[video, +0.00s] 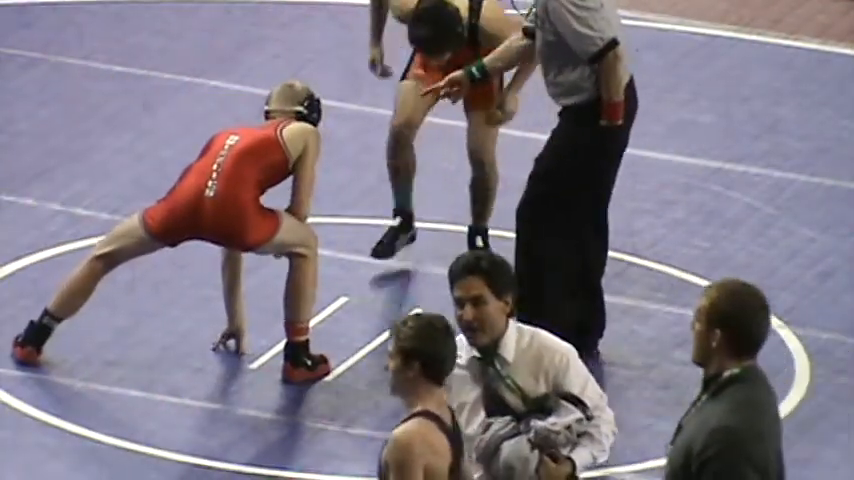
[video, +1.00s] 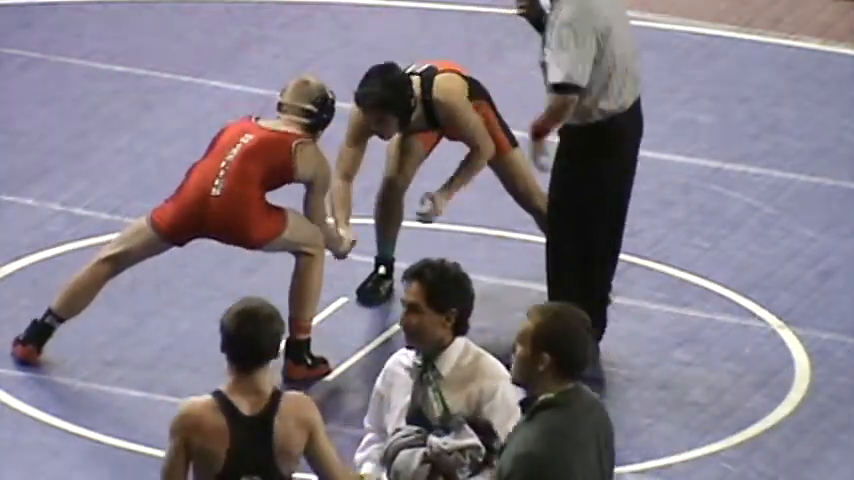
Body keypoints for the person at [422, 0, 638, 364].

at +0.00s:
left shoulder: (567, 4)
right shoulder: (548, 6)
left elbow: (611, 54)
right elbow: (527, 39)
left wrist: (612, 119)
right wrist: (472, 73)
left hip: (592, 111)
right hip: (594, 107)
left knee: (536, 214)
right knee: (577, 218)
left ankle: (537, 333)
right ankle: (579, 336)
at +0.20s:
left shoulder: (570, 6)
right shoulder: (550, 6)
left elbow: (614, 59)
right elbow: (528, 43)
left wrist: (615, 127)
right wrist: (471, 82)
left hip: (601, 116)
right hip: (586, 113)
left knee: (578, 230)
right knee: (568, 226)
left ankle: (576, 348)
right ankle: (565, 332)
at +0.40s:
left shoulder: (569, 8)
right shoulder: (552, 7)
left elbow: (614, 67)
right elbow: (530, 48)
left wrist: (616, 135)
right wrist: (474, 90)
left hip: (601, 123)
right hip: (587, 117)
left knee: (578, 233)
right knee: (569, 227)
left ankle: (574, 351)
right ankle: (569, 328)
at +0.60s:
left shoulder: (568, 13)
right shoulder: (557, 10)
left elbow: (618, 70)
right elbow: (541, 56)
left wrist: (612, 138)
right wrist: (483, 82)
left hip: (600, 130)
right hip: (584, 125)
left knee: (581, 235)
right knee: (564, 226)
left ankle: (568, 351)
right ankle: (564, 324)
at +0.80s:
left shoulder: (560, 17)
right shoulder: (569, 5)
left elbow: (614, 61)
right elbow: (555, 50)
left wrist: (611, 116)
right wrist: (517, 31)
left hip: (589, 128)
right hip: (607, 121)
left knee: (564, 228)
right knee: (589, 224)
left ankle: (570, 332)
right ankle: (588, 318)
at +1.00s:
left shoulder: (572, 15)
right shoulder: (593, 5)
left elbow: (566, 98)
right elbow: (568, 49)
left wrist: (538, 130)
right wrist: (535, 16)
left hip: (593, 130)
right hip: (619, 118)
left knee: (568, 231)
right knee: (597, 229)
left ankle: (567, 332)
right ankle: (588, 327)